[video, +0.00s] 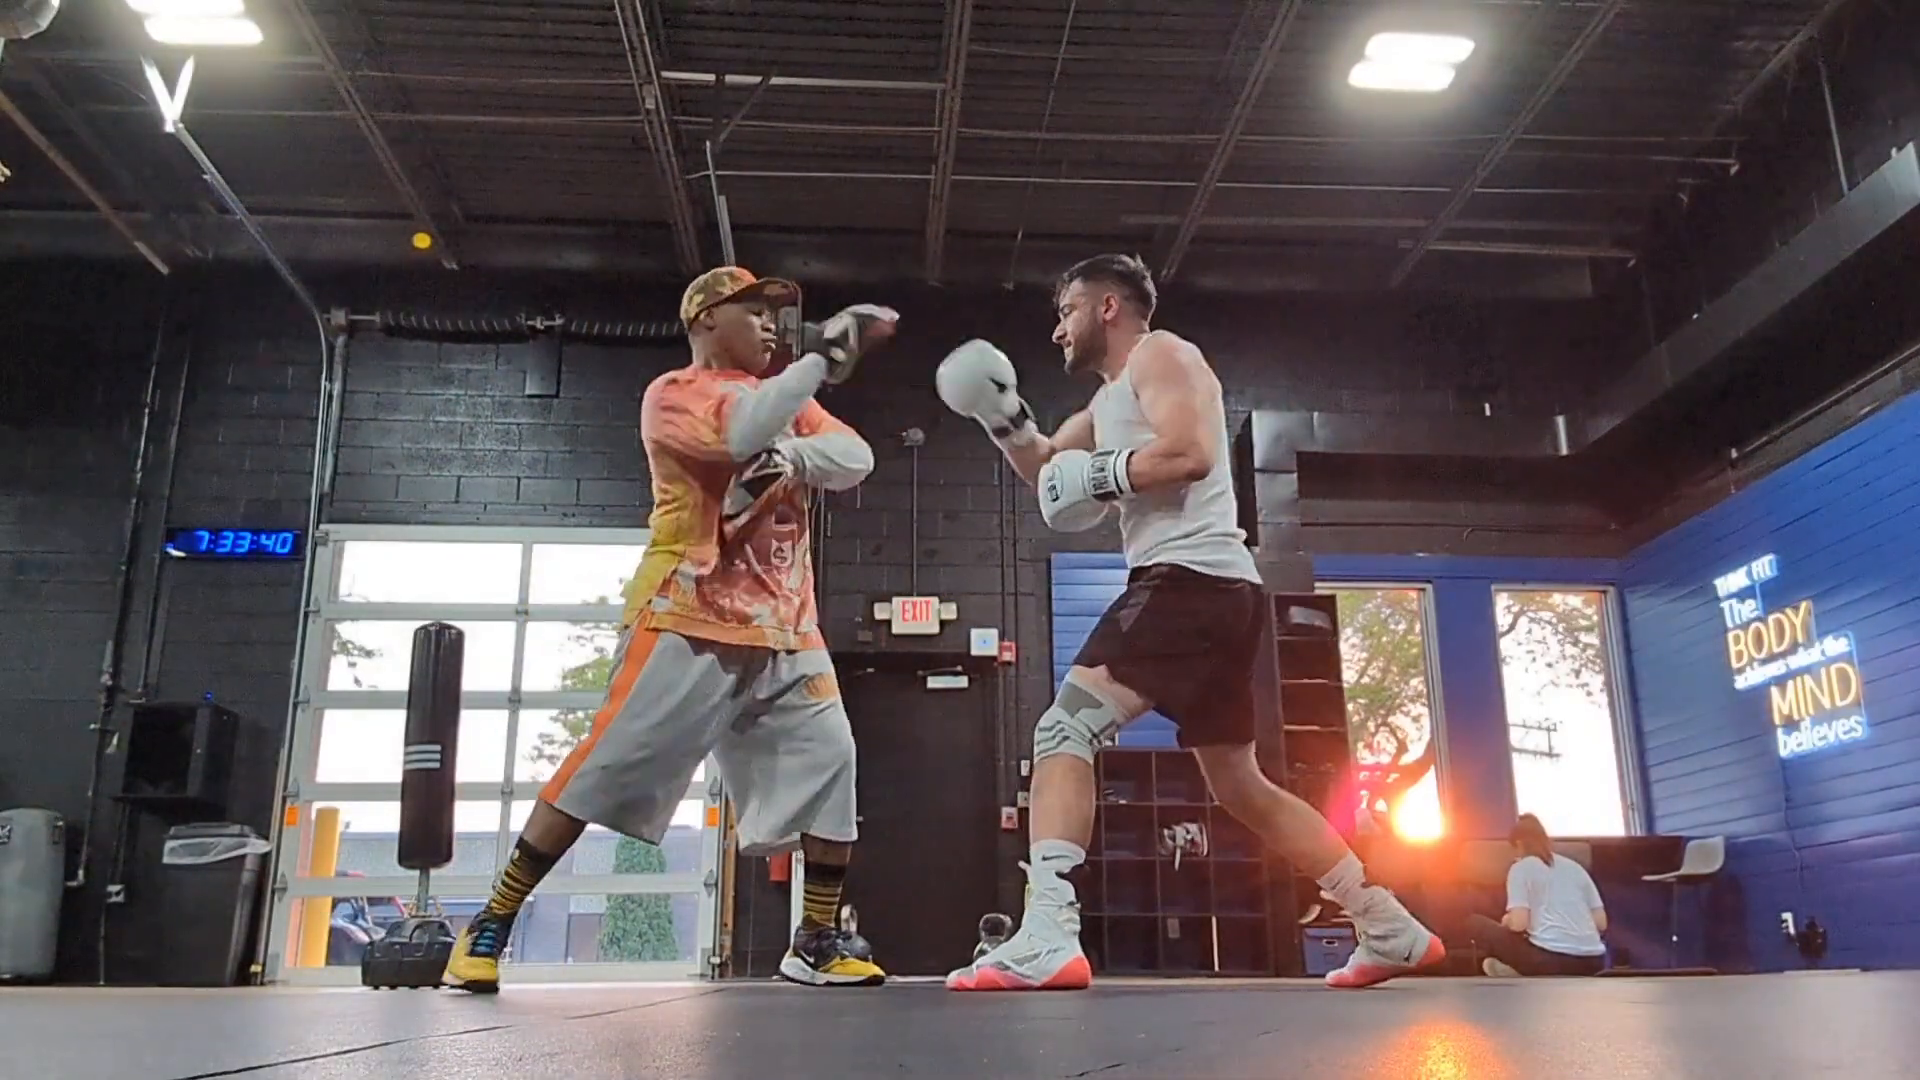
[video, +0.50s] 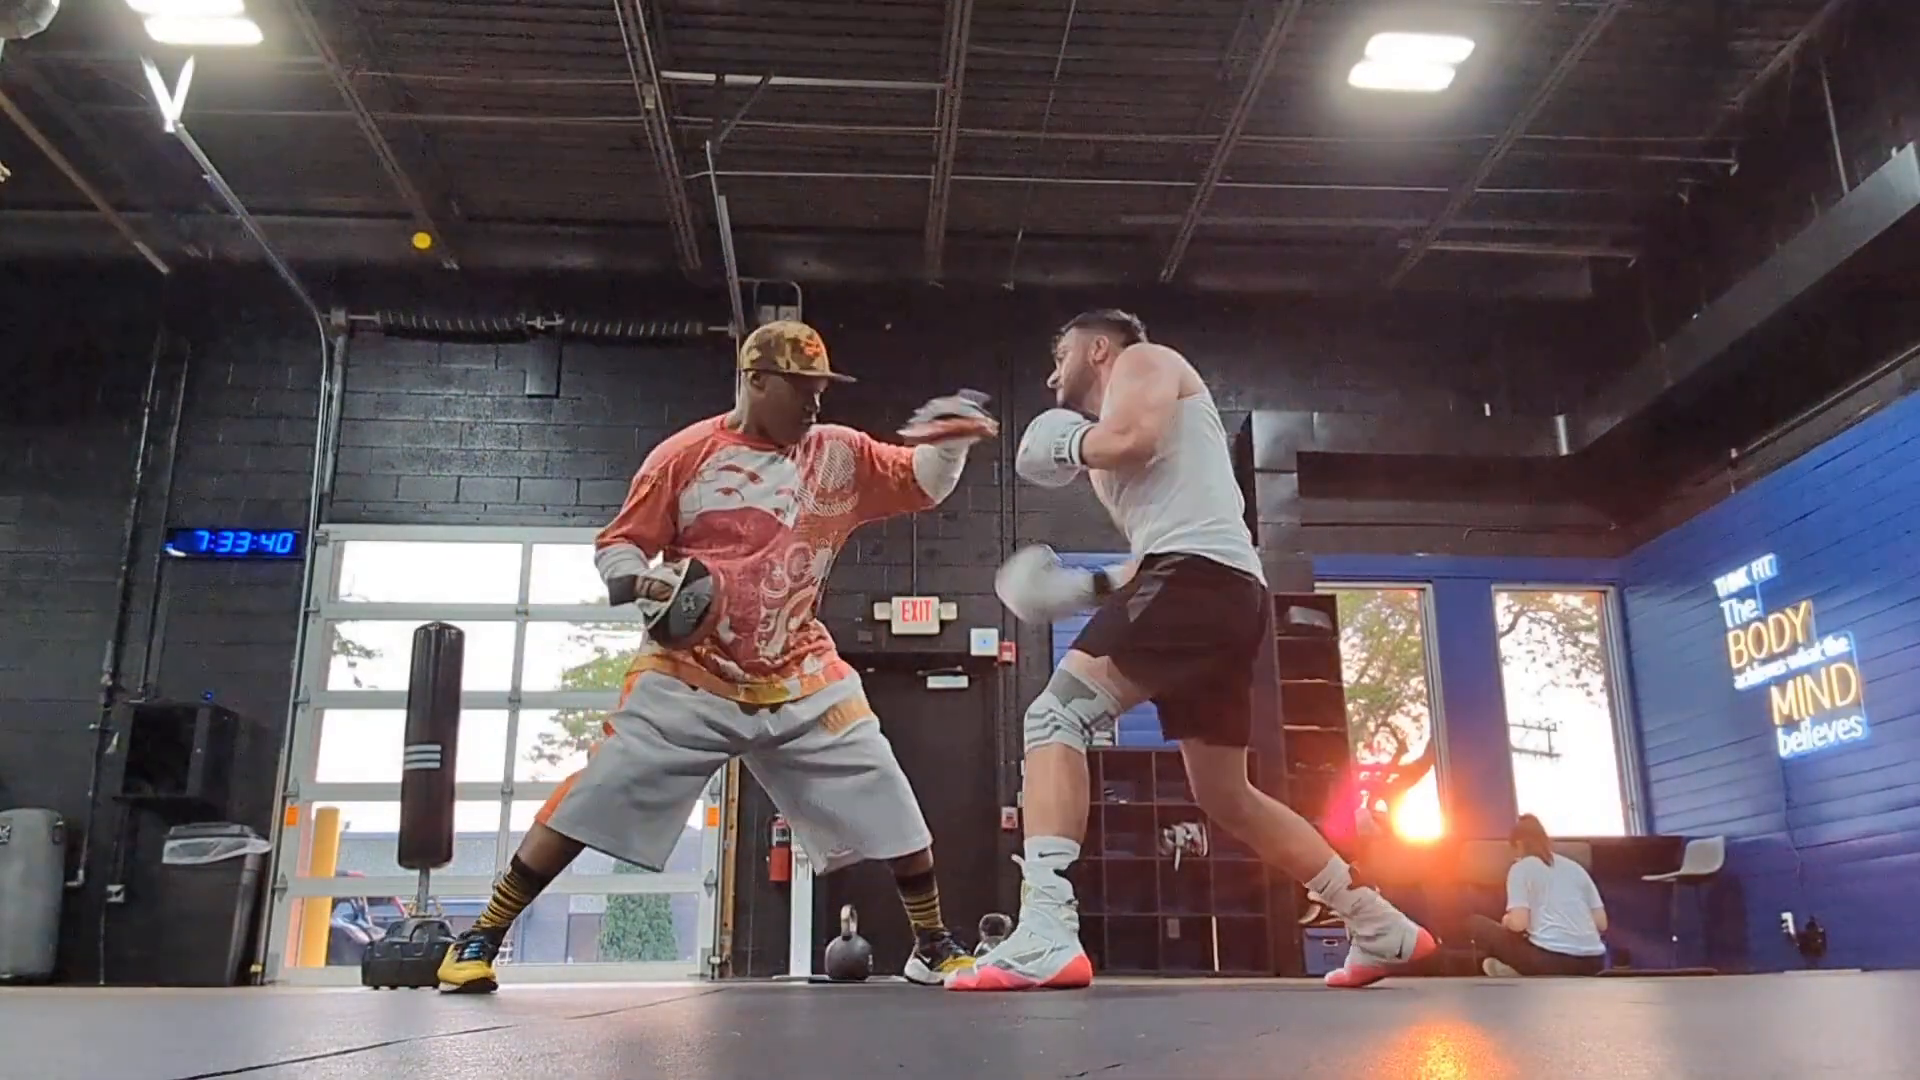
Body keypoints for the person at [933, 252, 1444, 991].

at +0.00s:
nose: (1057, 330)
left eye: (1066, 312)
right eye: (1057, 316)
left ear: (1109, 305)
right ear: (1102, 313)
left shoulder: (1162, 354)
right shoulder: (1113, 396)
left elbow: (1190, 452)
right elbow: (1046, 468)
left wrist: (1097, 475)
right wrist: (1004, 417)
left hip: (1186, 582)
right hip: (1222, 590)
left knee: (1067, 731)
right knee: (1240, 785)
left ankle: (1047, 933)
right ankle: (1388, 926)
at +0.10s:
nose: (1072, 362)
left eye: (1077, 344)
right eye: (1072, 349)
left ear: (1114, 332)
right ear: (1140, 339)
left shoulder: (1120, 371)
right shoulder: (1192, 399)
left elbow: (1122, 471)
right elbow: (1198, 508)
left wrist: (1092, 520)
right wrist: (1123, 512)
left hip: (1192, 585)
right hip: (1261, 594)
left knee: (1067, 740)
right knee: (1259, 781)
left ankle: (1045, 934)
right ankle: (1386, 936)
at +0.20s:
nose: (1098, 395)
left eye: (1100, 385)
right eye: (1099, 386)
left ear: (1119, 374)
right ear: (1170, 376)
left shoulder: (1105, 406)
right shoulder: (1231, 421)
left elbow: (1058, 494)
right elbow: (1243, 510)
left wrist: (1109, 566)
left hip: (1196, 577)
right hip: (1281, 581)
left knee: (1076, 740)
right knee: (1277, 774)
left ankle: (1047, 932)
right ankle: (1384, 937)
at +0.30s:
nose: (1103, 403)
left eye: (1105, 393)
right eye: (1103, 396)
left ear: (1127, 378)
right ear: (1174, 381)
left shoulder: (1113, 402)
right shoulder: (1238, 422)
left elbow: (1066, 479)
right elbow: (1274, 514)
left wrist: (1096, 564)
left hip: (1188, 573)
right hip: (1273, 580)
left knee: (1068, 738)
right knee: (1269, 774)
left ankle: (1050, 929)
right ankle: (1383, 937)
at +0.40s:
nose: (1082, 388)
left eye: (1086, 373)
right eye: (1083, 377)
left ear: (1114, 359)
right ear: (1158, 370)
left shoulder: (1111, 377)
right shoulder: (1211, 433)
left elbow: (1101, 442)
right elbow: (1275, 530)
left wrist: (1065, 503)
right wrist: (1181, 531)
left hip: (1185, 573)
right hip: (1258, 587)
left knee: (1065, 734)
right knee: (1236, 784)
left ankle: (1047, 931)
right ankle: (1375, 928)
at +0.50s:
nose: (1054, 374)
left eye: (1062, 356)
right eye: (1055, 361)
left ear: (1101, 346)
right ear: (1102, 352)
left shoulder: (1143, 360)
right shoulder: (1128, 431)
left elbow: (1135, 438)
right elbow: (1167, 547)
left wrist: (1063, 438)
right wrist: (1084, 585)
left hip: (1190, 575)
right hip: (1234, 591)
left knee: (1055, 722)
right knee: (1226, 793)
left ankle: (1044, 931)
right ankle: (1378, 925)